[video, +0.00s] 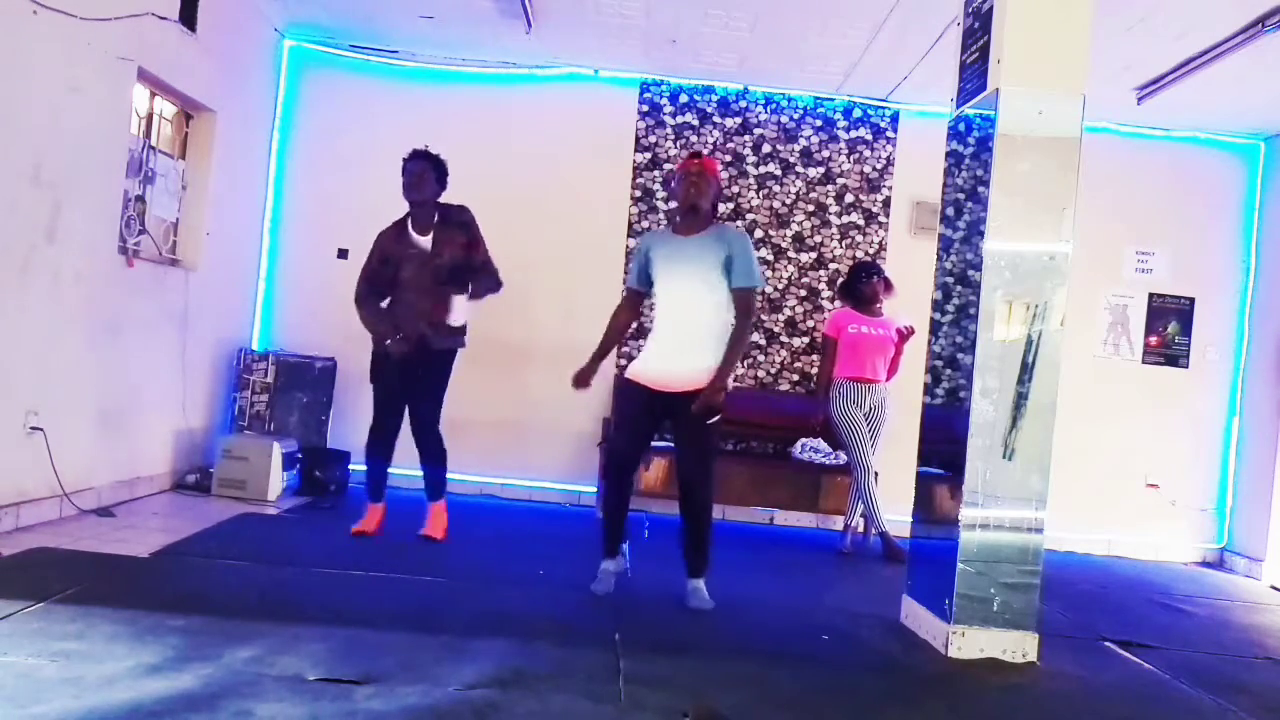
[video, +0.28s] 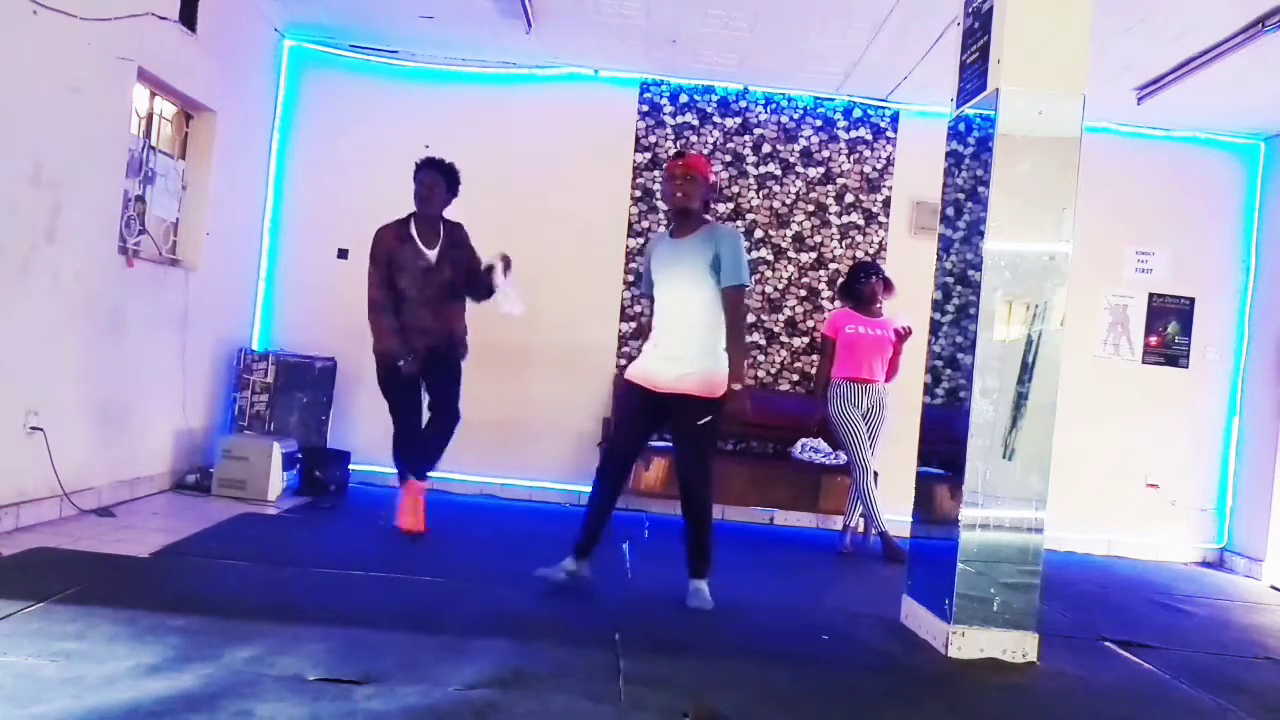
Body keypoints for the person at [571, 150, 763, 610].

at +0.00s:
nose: (691, 186)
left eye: (700, 180)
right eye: (685, 179)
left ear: (716, 191)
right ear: (674, 188)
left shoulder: (733, 241)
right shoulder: (652, 243)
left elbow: (746, 315)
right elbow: (629, 307)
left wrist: (721, 379)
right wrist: (594, 361)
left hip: (700, 386)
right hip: (642, 381)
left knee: (696, 486)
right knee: (617, 469)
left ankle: (696, 579)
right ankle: (612, 559)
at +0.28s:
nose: (677, 186)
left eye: (688, 180)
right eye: (672, 179)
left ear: (708, 191)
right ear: (663, 189)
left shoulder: (725, 237)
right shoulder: (657, 246)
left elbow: (736, 311)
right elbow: (655, 313)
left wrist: (735, 380)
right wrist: (641, 365)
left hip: (700, 378)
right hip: (649, 373)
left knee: (694, 482)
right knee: (613, 463)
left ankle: (698, 580)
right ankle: (579, 561)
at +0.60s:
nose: (644, 187)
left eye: (653, 180)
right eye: (638, 179)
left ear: (669, 188)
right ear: (627, 187)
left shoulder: (692, 241)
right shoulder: (608, 245)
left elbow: (700, 314)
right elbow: (601, 315)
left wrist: (687, 376)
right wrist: (594, 379)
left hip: (665, 388)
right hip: (613, 385)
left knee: (676, 486)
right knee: (601, 480)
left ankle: (690, 578)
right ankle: (578, 571)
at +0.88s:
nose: (627, 183)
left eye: (636, 176)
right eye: (621, 176)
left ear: (654, 186)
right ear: (609, 185)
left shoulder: (674, 238)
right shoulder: (587, 235)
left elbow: (680, 307)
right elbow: (557, 302)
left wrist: (679, 364)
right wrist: (538, 367)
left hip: (654, 381)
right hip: (599, 382)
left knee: (662, 480)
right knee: (593, 479)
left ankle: (662, 567)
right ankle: (578, 570)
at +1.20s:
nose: (644, 183)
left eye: (653, 177)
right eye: (638, 176)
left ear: (669, 189)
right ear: (626, 184)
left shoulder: (684, 241)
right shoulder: (601, 232)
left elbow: (692, 312)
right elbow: (588, 300)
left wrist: (698, 378)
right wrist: (595, 355)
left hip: (660, 385)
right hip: (608, 383)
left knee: (663, 482)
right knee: (595, 479)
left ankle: (670, 574)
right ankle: (577, 570)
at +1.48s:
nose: (674, 189)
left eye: (684, 184)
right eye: (669, 181)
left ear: (699, 196)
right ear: (658, 188)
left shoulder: (709, 250)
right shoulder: (627, 236)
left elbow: (716, 322)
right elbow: (610, 306)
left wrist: (717, 386)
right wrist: (605, 368)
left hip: (678, 387)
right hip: (626, 382)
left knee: (668, 484)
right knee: (606, 479)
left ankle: (668, 574)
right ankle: (578, 571)